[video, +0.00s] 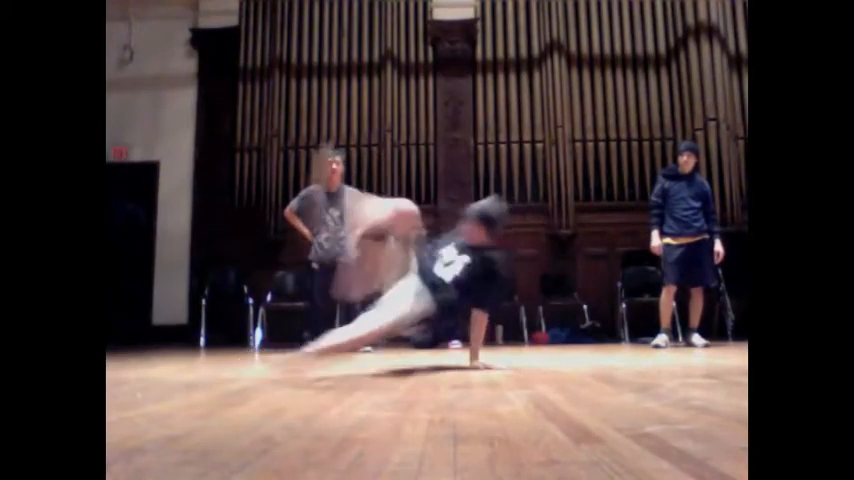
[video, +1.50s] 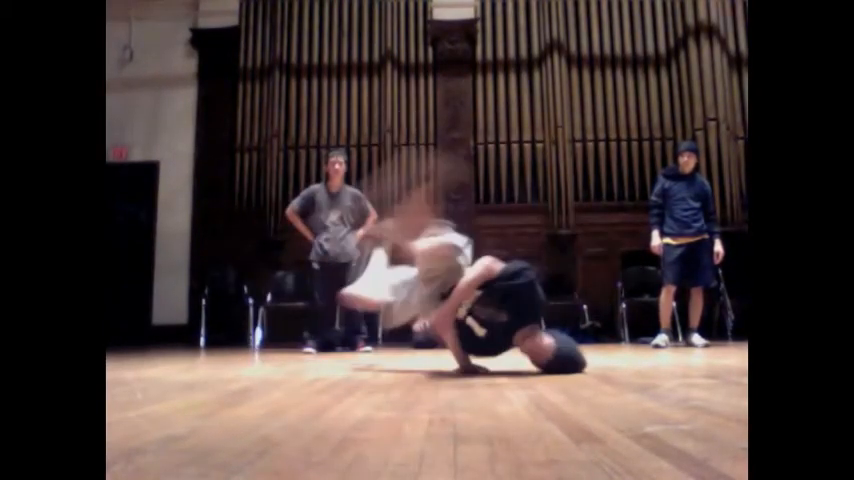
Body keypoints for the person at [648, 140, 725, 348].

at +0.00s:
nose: (686, 160)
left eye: (690, 156)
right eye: (683, 156)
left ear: (696, 160)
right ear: (677, 158)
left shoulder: (701, 184)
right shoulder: (665, 181)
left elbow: (711, 215)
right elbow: (656, 208)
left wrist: (716, 239)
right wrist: (655, 234)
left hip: (699, 240)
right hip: (673, 241)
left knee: (697, 288)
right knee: (669, 287)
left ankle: (693, 332)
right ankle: (664, 332)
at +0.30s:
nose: (685, 160)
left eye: (690, 156)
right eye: (682, 156)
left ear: (696, 160)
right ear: (677, 159)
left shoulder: (701, 184)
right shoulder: (665, 181)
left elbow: (710, 214)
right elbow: (656, 208)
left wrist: (716, 239)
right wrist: (655, 233)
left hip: (699, 239)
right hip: (673, 240)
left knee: (697, 288)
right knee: (669, 287)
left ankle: (693, 332)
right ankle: (664, 332)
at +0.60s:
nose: (685, 161)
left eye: (689, 156)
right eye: (682, 156)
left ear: (696, 160)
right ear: (677, 159)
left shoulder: (701, 184)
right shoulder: (664, 181)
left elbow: (710, 214)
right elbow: (655, 208)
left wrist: (716, 239)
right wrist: (655, 233)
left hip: (698, 239)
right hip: (673, 240)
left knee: (697, 288)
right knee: (669, 287)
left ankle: (693, 332)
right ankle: (664, 332)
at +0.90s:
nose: (686, 160)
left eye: (690, 156)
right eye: (682, 156)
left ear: (696, 160)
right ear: (677, 159)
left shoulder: (701, 184)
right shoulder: (664, 181)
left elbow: (710, 215)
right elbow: (655, 208)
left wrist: (716, 240)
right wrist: (654, 233)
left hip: (698, 239)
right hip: (672, 240)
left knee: (697, 288)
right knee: (669, 286)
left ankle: (693, 332)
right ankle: (664, 332)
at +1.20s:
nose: (686, 161)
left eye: (691, 156)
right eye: (683, 156)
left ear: (696, 160)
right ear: (677, 159)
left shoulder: (701, 184)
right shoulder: (665, 181)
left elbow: (710, 215)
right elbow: (655, 208)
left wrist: (716, 239)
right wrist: (654, 233)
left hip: (698, 240)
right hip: (672, 240)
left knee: (697, 287)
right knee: (669, 286)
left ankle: (693, 332)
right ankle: (664, 332)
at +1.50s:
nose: (686, 161)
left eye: (690, 157)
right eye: (683, 156)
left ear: (696, 160)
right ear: (677, 159)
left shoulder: (702, 184)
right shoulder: (665, 181)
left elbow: (710, 215)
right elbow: (655, 208)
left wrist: (716, 239)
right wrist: (655, 233)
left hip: (699, 240)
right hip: (673, 240)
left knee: (697, 287)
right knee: (669, 286)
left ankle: (693, 332)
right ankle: (664, 332)